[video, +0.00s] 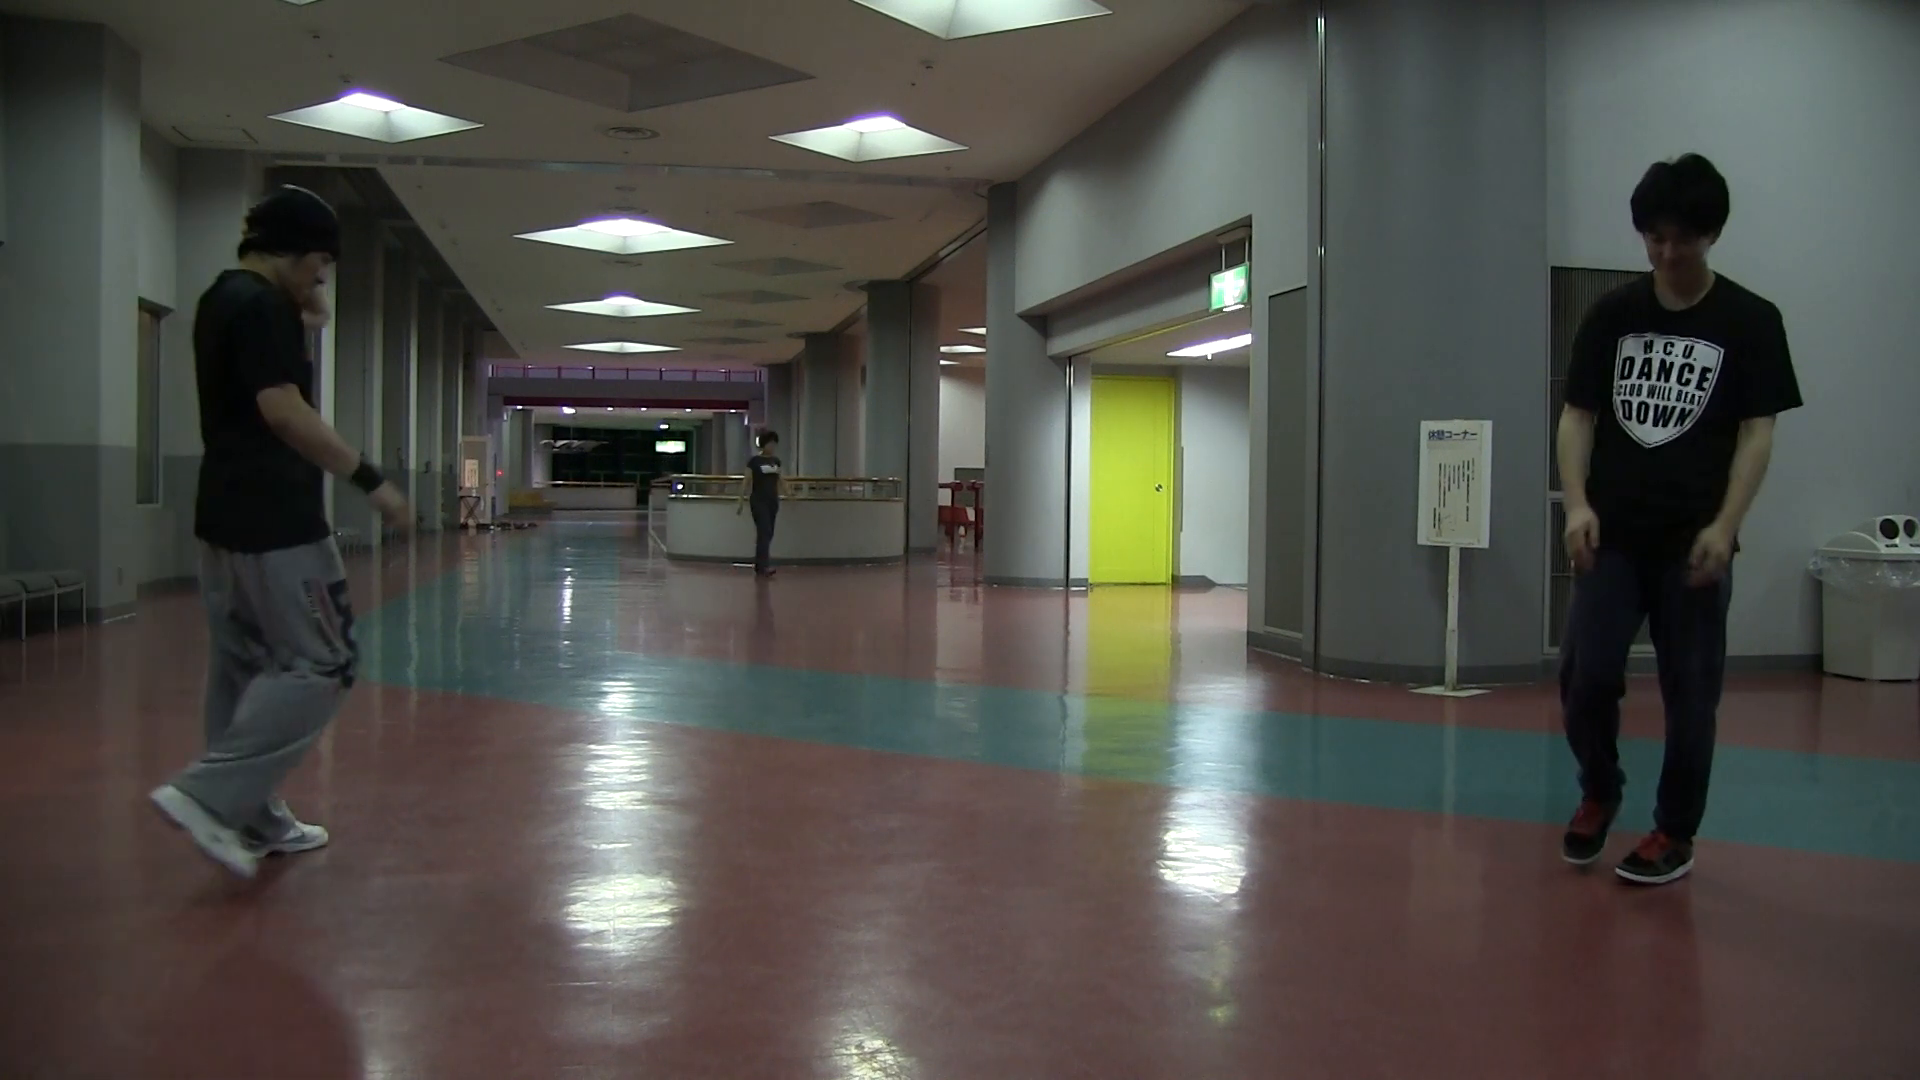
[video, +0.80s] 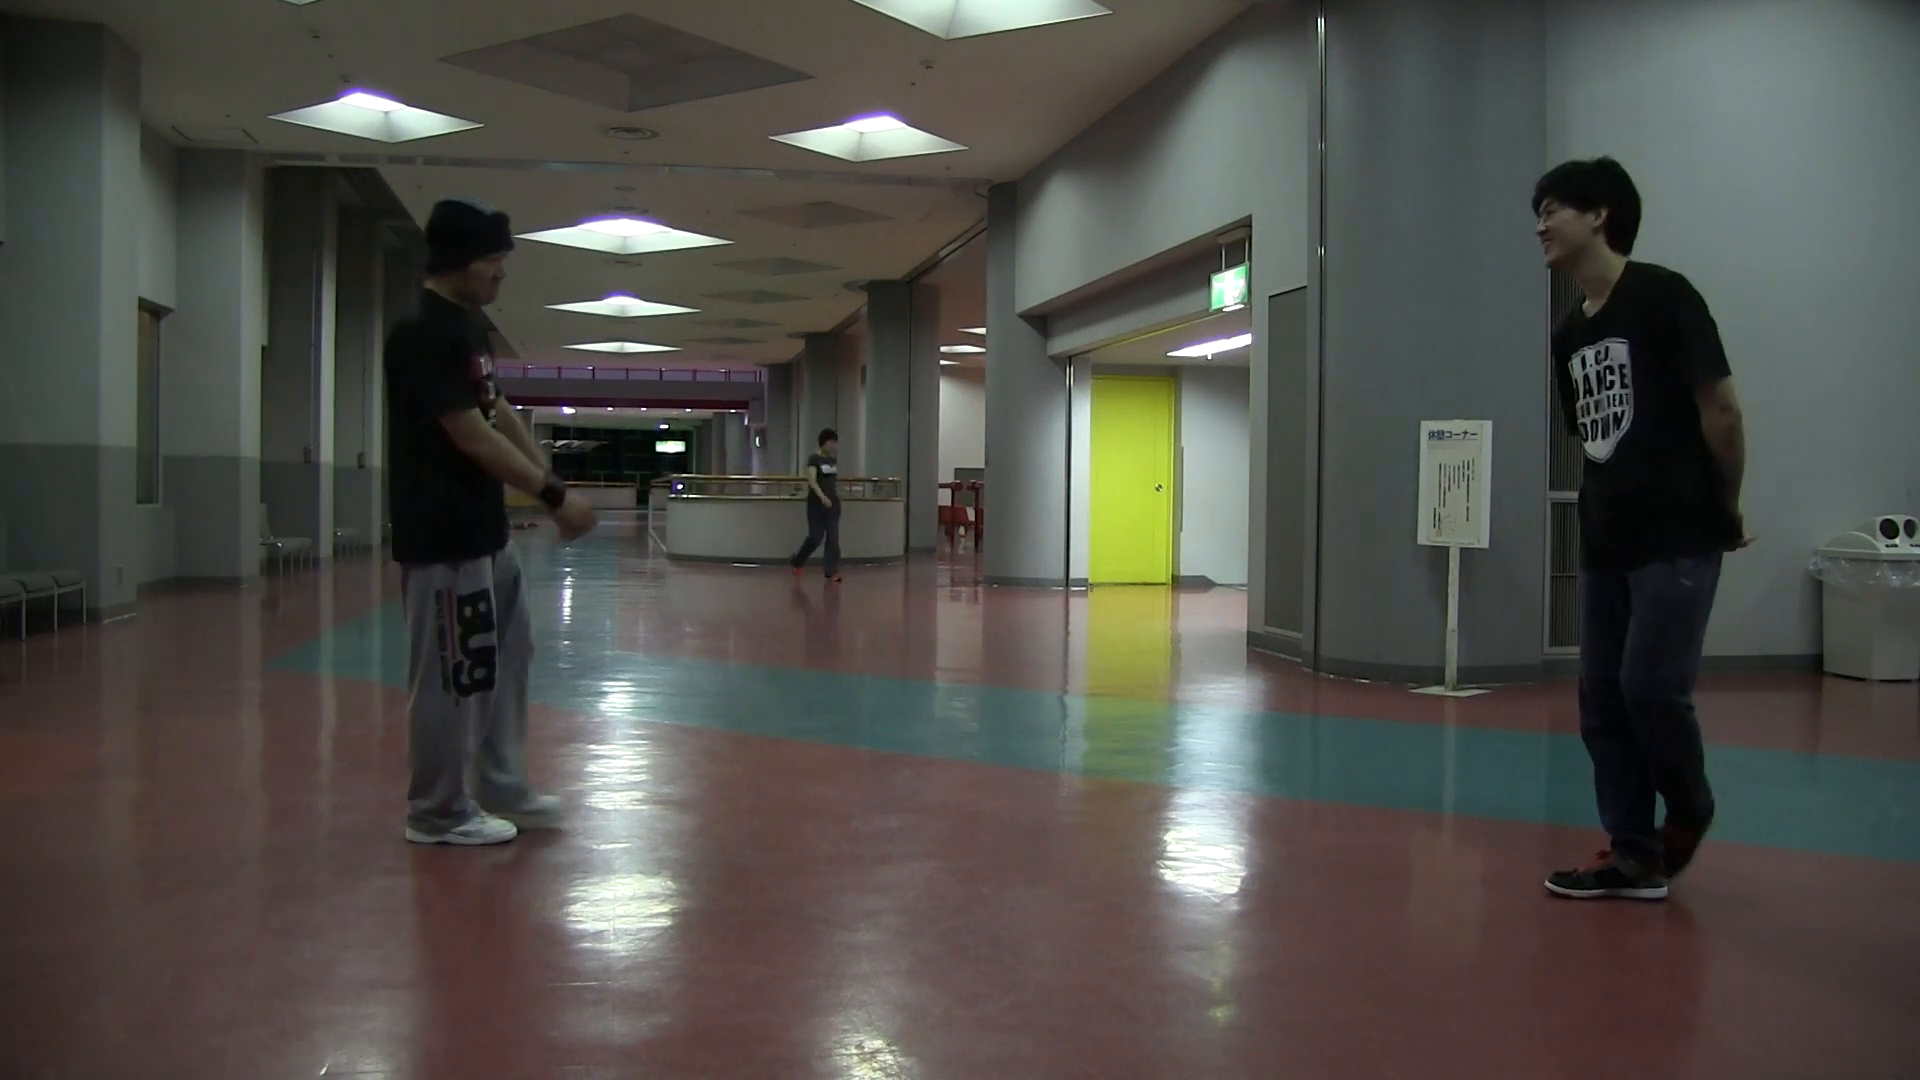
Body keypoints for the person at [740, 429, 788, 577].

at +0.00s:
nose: (773, 447)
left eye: (774, 444)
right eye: (771, 444)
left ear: (774, 445)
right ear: (764, 445)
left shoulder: (776, 462)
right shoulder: (754, 462)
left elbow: (780, 480)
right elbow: (745, 483)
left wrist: (788, 492)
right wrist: (741, 502)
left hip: (772, 500)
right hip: (758, 501)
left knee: (767, 533)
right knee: (764, 532)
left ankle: (761, 565)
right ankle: (762, 566)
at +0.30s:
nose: (793, 448)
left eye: (794, 444)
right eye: (790, 444)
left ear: (795, 446)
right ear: (783, 445)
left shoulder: (795, 462)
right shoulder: (773, 462)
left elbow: (800, 481)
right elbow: (765, 484)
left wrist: (811, 494)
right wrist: (761, 504)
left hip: (791, 502)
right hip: (776, 503)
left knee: (791, 536)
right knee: (782, 534)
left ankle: (774, 556)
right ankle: (784, 567)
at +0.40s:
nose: (799, 445)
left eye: (800, 442)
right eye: (797, 442)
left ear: (800, 443)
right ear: (790, 442)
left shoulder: (801, 460)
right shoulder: (780, 460)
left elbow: (803, 480)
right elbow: (775, 483)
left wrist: (808, 495)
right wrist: (778, 502)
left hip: (800, 503)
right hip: (785, 503)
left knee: (802, 533)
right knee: (784, 535)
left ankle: (791, 562)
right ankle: (784, 567)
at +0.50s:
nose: (806, 446)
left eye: (807, 442)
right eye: (805, 442)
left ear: (807, 443)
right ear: (798, 442)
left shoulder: (806, 460)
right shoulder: (787, 459)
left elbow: (805, 481)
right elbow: (786, 481)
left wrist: (808, 496)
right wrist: (797, 497)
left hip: (805, 499)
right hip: (790, 500)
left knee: (810, 534)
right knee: (786, 535)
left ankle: (810, 567)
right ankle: (785, 568)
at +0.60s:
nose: (815, 447)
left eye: (816, 444)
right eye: (813, 443)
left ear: (814, 445)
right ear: (806, 444)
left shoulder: (813, 462)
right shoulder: (796, 462)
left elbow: (812, 482)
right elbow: (797, 481)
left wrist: (815, 497)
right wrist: (813, 493)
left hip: (812, 503)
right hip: (798, 504)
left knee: (818, 536)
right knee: (791, 537)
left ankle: (827, 568)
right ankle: (785, 568)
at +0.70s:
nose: (825, 448)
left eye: (825, 445)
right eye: (823, 444)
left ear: (823, 446)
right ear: (816, 444)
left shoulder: (823, 462)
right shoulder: (805, 461)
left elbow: (822, 481)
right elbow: (806, 481)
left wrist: (826, 495)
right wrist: (822, 493)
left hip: (823, 504)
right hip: (807, 505)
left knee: (827, 537)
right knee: (802, 536)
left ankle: (830, 570)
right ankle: (787, 567)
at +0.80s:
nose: (834, 446)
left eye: (835, 442)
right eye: (832, 442)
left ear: (834, 444)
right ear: (823, 443)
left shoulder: (832, 461)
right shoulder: (814, 459)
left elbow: (830, 483)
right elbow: (812, 481)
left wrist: (834, 498)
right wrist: (823, 498)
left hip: (832, 500)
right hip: (817, 501)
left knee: (832, 537)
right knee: (816, 536)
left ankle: (831, 571)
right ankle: (797, 562)